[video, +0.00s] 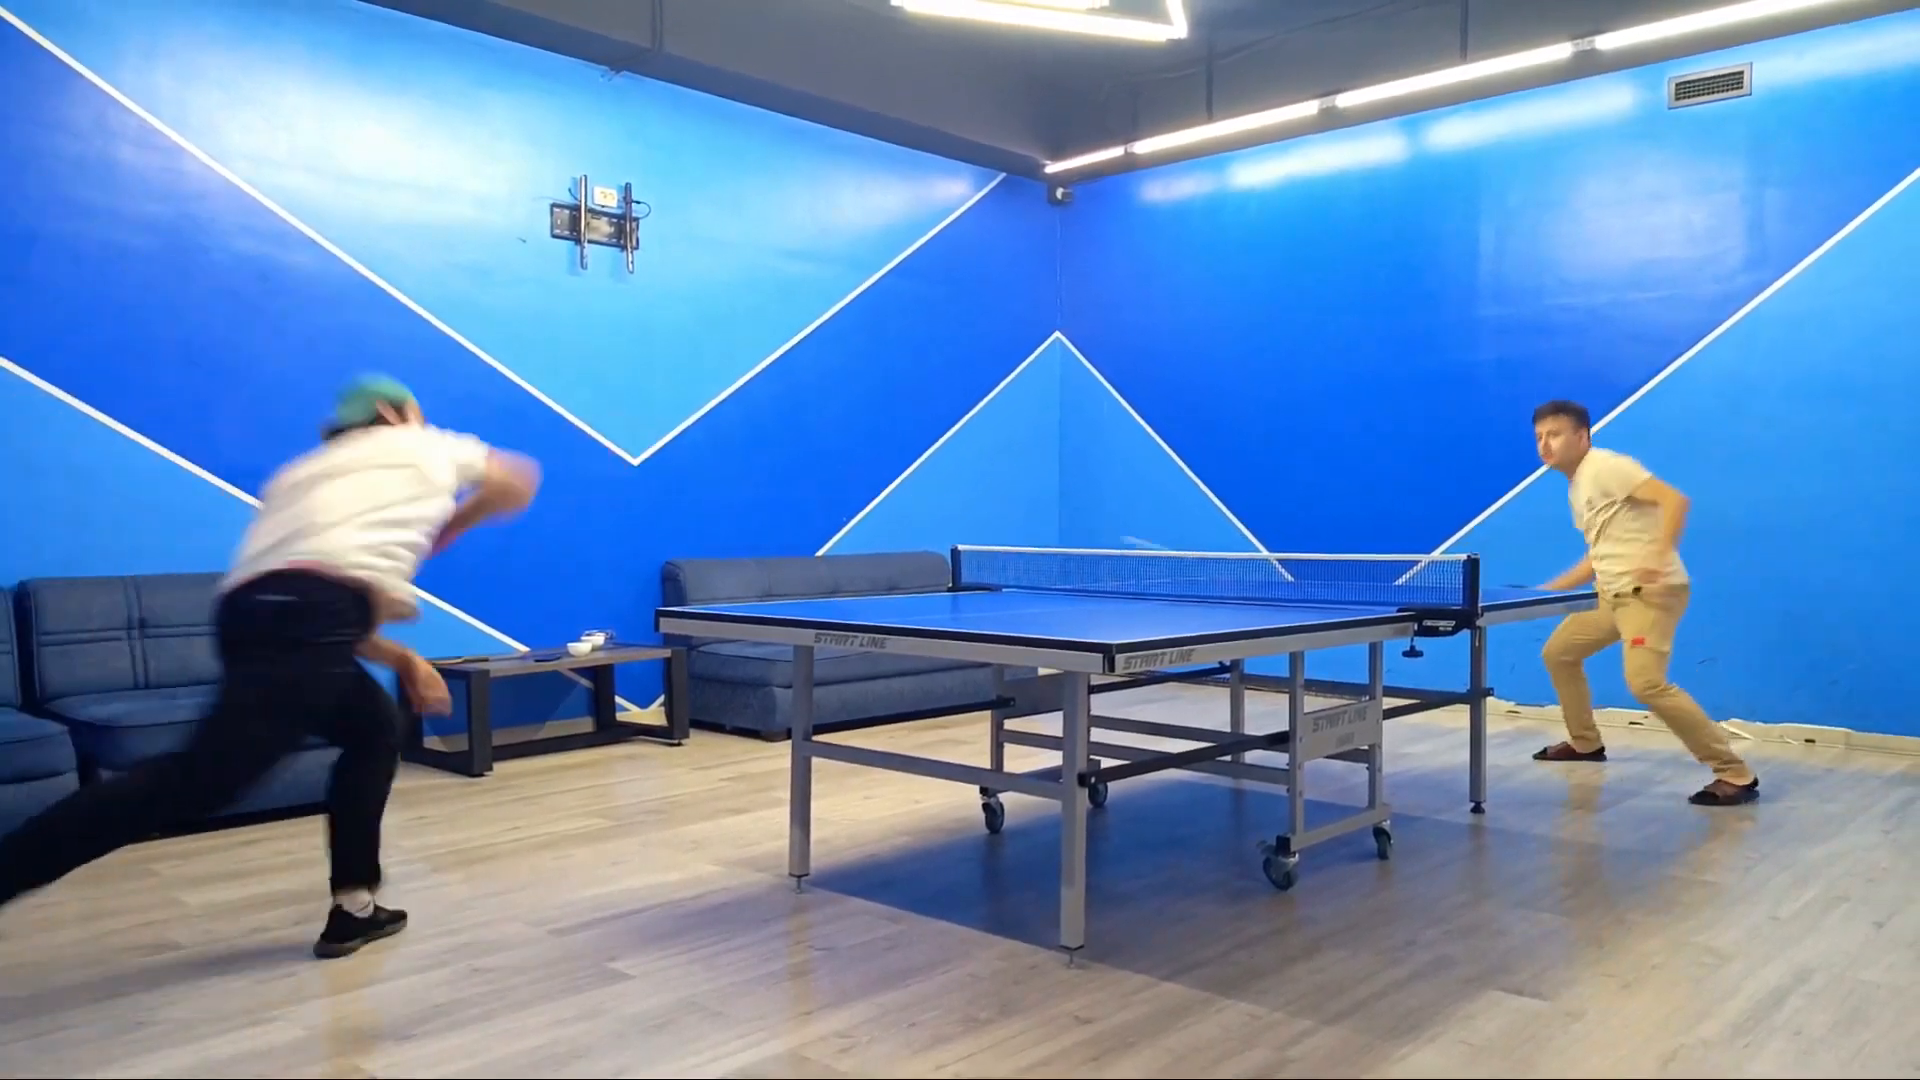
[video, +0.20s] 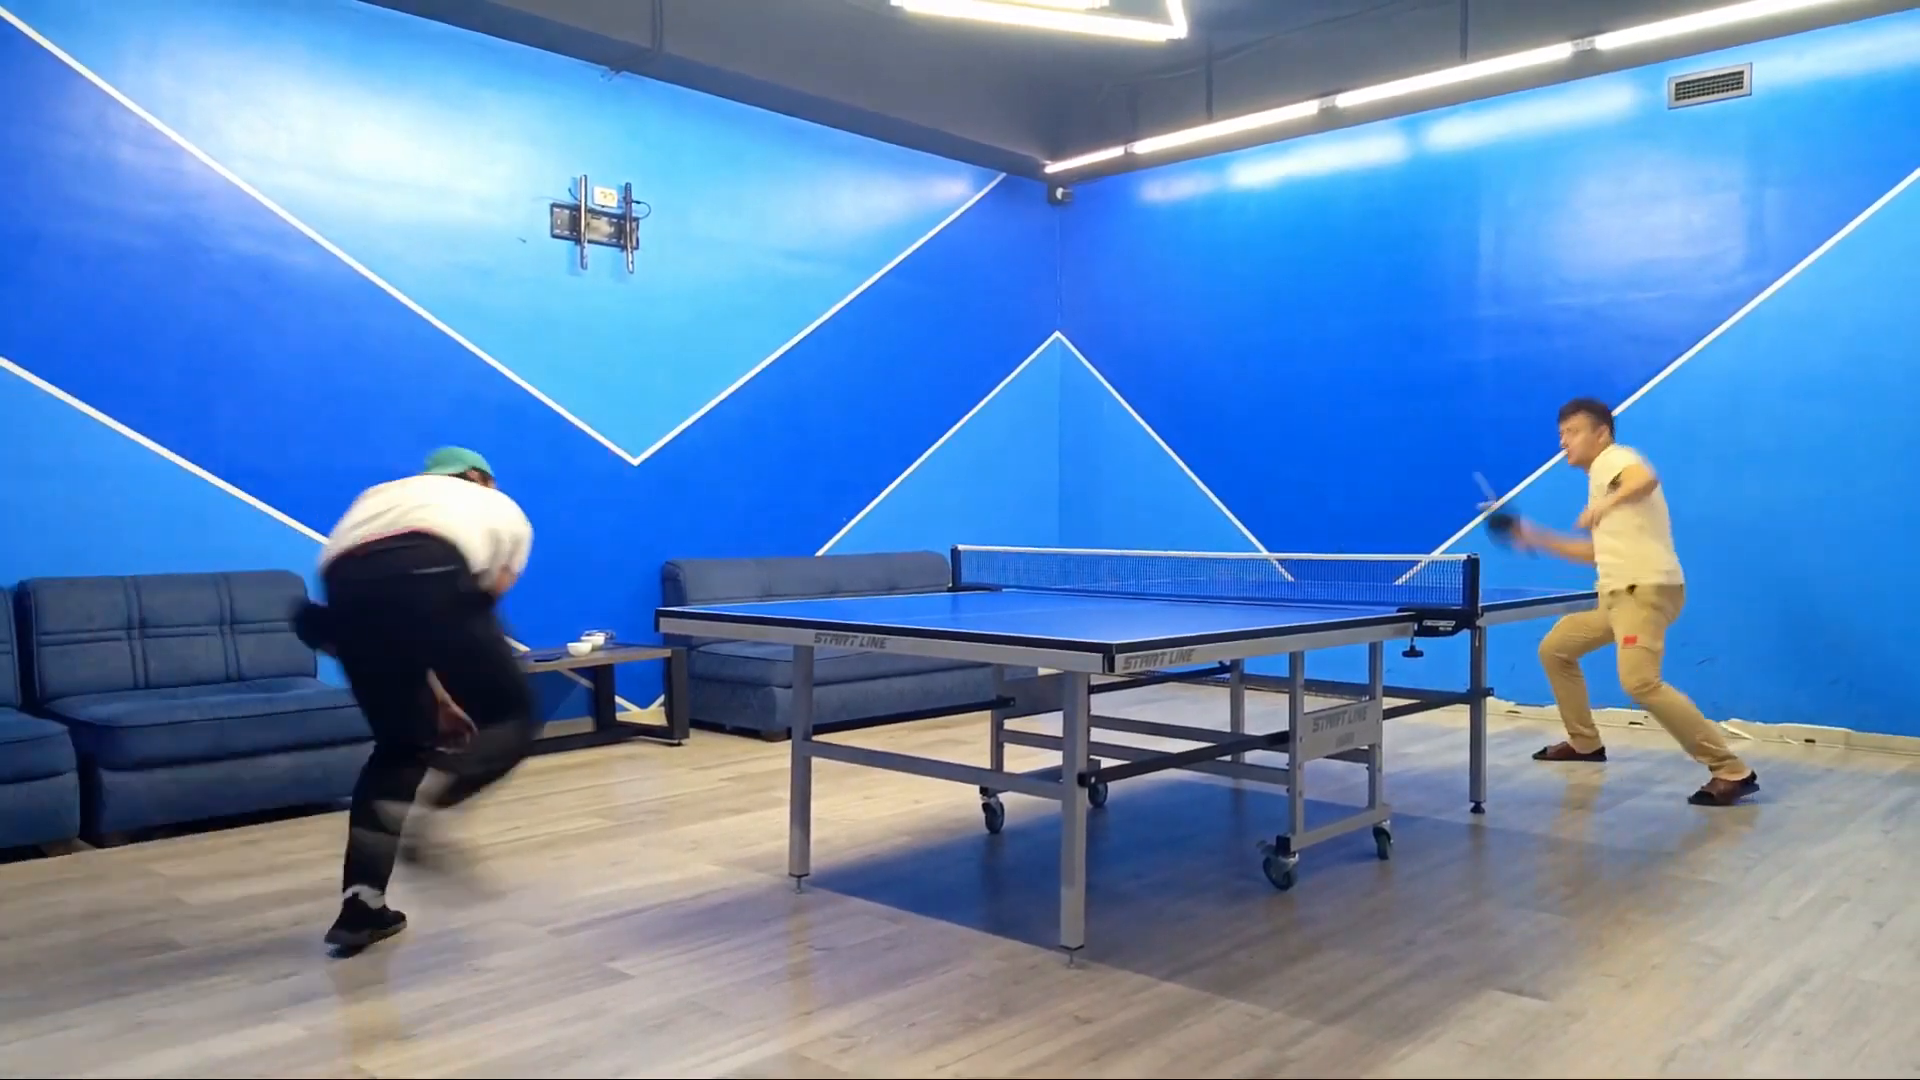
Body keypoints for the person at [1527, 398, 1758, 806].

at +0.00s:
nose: (1544, 445)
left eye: (1553, 435)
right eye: (1539, 438)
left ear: (1582, 436)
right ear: (1539, 443)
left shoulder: (1606, 467)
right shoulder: (1580, 487)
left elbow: (1675, 501)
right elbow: (1603, 553)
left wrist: (1660, 557)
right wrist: (1555, 587)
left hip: (1652, 593)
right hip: (1615, 598)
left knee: (1647, 684)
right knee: (1558, 654)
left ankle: (1736, 775)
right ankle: (1584, 743)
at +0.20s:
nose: (1564, 442)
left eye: (1572, 432)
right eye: (1562, 435)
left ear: (1601, 432)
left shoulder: (1616, 456)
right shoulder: (1600, 481)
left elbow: (1644, 480)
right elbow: (1599, 552)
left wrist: (1604, 506)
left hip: (1646, 588)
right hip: (1617, 595)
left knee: (1641, 682)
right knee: (1556, 649)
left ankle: (1732, 771)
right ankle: (1583, 742)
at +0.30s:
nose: (1587, 405)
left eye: (1595, 395)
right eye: (1584, 397)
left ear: (1625, 395)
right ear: (1588, 403)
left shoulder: (1648, 422)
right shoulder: (1605, 449)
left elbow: (1691, 440)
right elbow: (1572, 489)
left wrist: (1665, 446)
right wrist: (1551, 453)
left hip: (1662, 562)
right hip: (1619, 568)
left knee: (1675, 660)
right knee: (1575, 645)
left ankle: (1724, 768)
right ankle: (1584, 741)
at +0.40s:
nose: (1612, 378)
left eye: (1620, 368)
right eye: (1608, 370)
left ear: (1652, 369)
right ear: (1611, 375)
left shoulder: (1678, 405)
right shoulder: (1624, 417)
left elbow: (1738, 413)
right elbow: (1602, 427)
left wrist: (1757, 394)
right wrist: (1574, 396)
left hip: (1676, 547)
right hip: (1626, 548)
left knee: (1698, 649)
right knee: (1602, 639)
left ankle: (1749, 754)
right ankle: (1589, 735)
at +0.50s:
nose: (1638, 375)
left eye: (1649, 367)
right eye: (1634, 368)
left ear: (1678, 371)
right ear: (1637, 374)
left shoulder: (1706, 410)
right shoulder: (1647, 414)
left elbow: (1778, 415)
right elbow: (1636, 413)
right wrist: (1601, 395)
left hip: (1692, 556)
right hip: (1636, 551)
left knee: (1723, 655)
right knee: (1604, 638)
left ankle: (1782, 754)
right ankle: (1608, 734)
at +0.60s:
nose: (1661, 390)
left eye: (1674, 384)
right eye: (1660, 382)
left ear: (1703, 393)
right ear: (1657, 388)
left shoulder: (1730, 438)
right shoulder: (1663, 435)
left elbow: (1806, 455)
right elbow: (1653, 456)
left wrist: (1873, 445)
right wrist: (1606, 439)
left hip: (1712, 583)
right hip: (1651, 577)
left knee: (1742, 671)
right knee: (1606, 653)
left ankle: (1791, 764)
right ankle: (1609, 739)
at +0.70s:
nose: (1682, 404)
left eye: (1695, 397)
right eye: (1680, 395)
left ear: (1723, 411)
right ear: (1676, 404)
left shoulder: (1746, 462)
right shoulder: (1668, 453)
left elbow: (1806, 503)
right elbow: (1650, 492)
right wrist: (1588, 502)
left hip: (1722, 594)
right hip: (1659, 589)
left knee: (1745, 678)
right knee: (1608, 661)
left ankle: (1791, 765)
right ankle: (1609, 741)